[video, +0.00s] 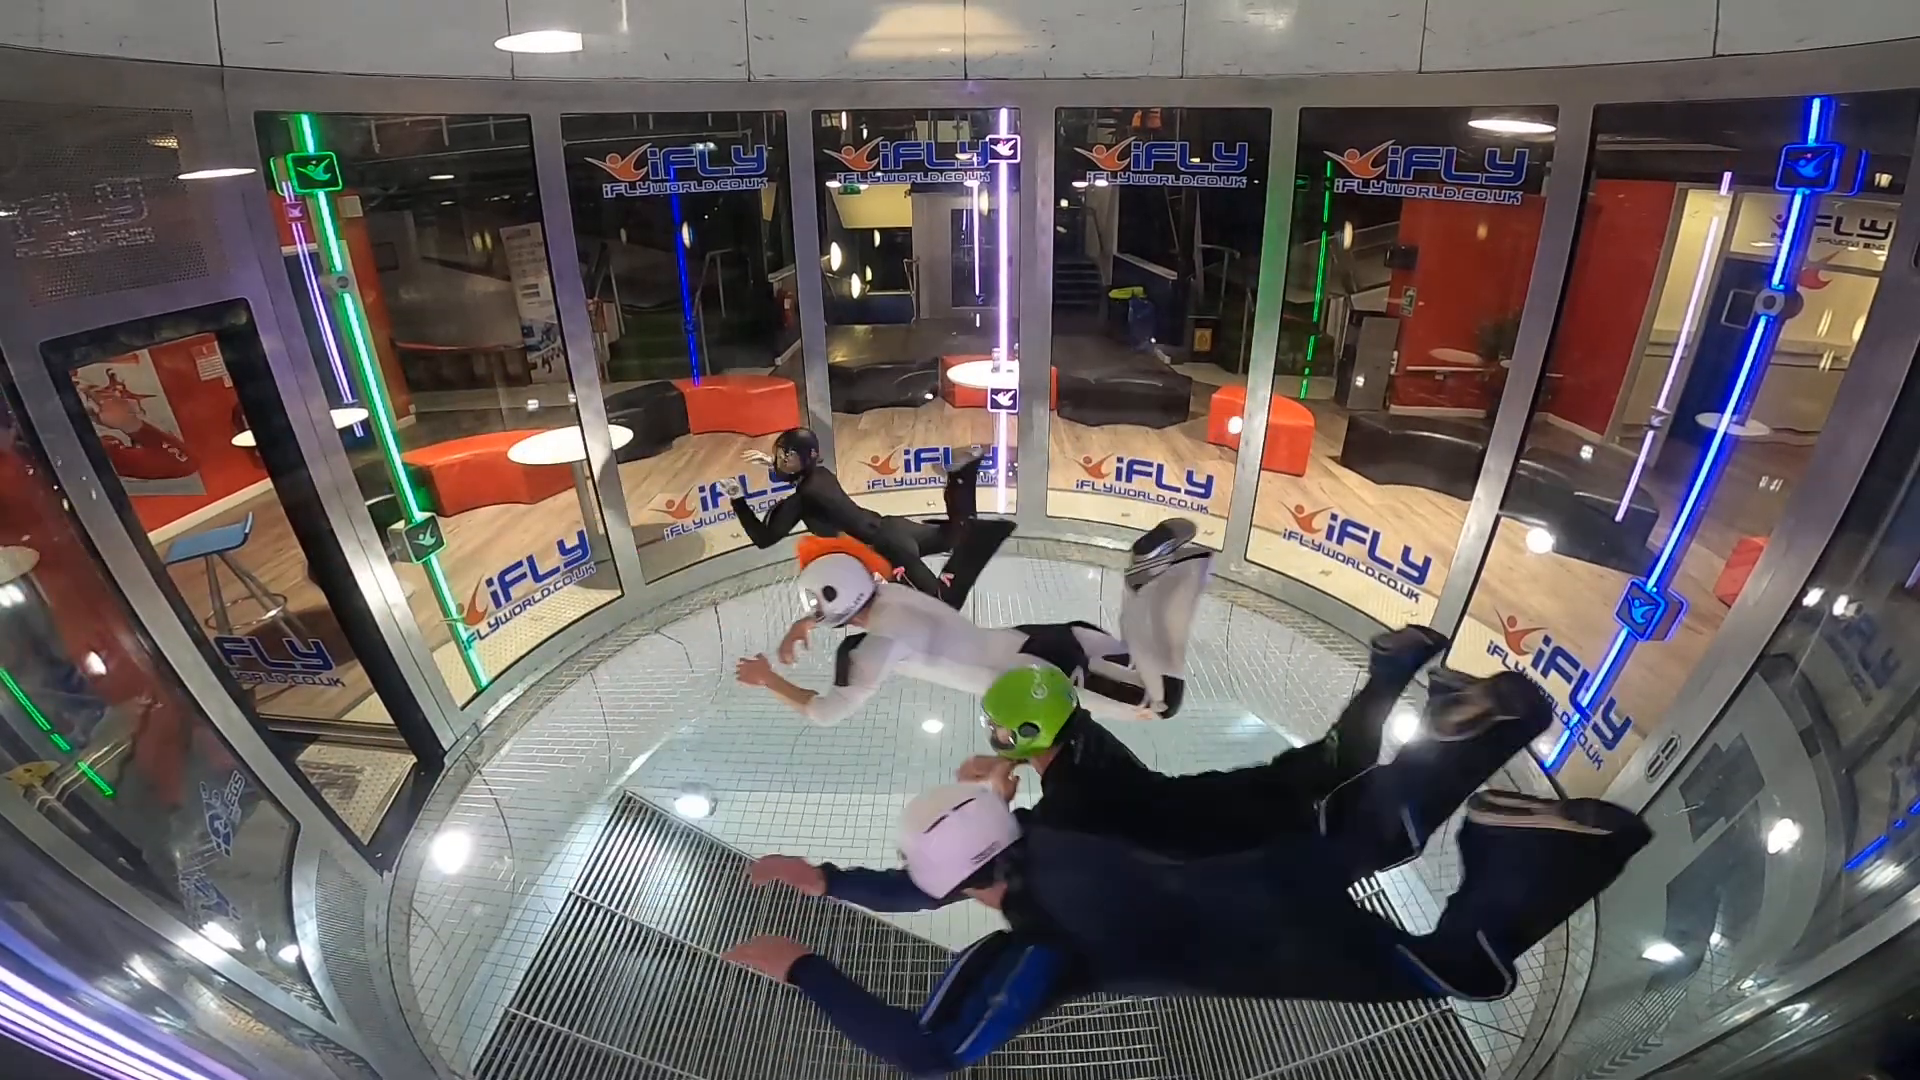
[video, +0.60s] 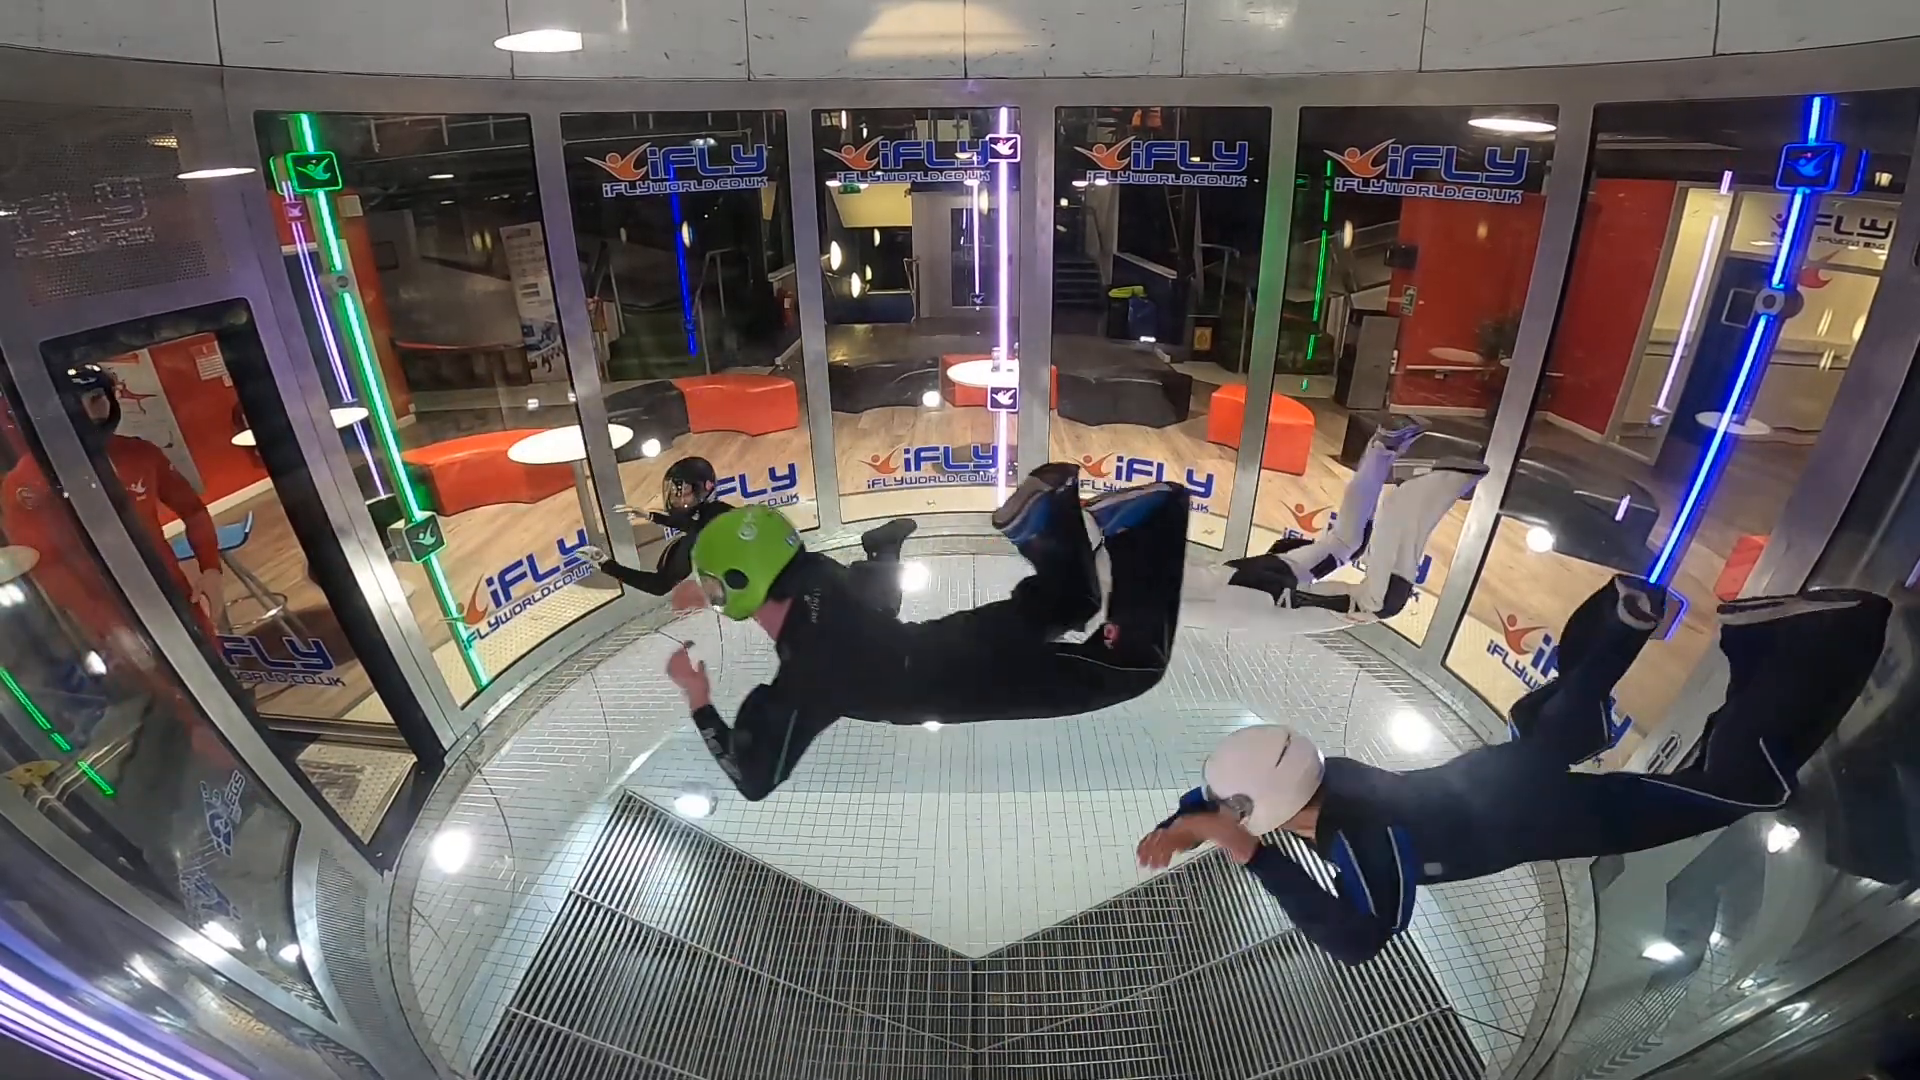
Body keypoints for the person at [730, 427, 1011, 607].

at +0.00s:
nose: (779, 462)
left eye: (786, 456)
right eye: (779, 455)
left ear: (803, 460)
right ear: (803, 456)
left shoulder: (803, 496)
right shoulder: (819, 475)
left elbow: (764, 538)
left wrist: (738, 502)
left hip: (888, 544)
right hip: (892, 524)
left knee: (944, 600)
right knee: (957, 534)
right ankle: (960, 475)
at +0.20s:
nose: (734, 470)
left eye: (741, 465)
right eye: (734, 464)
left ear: (759, 470)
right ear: (754, 468)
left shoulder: (760, 508)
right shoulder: (777, 483)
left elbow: (723, 555)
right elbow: (749, 481)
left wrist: (681, 530)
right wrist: (725, 476)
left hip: (849, 555)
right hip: (856, 535)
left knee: (916, 605)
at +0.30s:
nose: (716, 476)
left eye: (723, 471)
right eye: (716, 470)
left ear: (744, 474)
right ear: (734, 474)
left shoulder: (746, 507)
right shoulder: (755, 493)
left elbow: (704, 563)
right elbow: (729, 491)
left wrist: (656, 542)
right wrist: (705, 483)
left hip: (829, 556)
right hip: (836, 544)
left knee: (889, 611)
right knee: (905, 581)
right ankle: (909, 505)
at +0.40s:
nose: (697, 485)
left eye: (704, 478)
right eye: (696, 477)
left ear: (723, 481)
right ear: (724, 480)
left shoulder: (726, 517)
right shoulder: (741, 499)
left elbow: (685, 569)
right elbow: (716, 519)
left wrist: (637, 552)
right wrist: (690, 502)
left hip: (816, 568)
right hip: (823, 549)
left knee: (888, 595)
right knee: (889, 572)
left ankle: (895, 522)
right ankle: (898, 520)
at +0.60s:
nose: (672, 498)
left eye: (678, 491)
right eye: (671, 490)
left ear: (697, 492)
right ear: (702, 490)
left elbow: (662, 583)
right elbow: (693, 523)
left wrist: (614, 570)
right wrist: (666, 521)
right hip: (802, 569)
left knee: (876, 611)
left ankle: (882, 550)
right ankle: (881, 548)